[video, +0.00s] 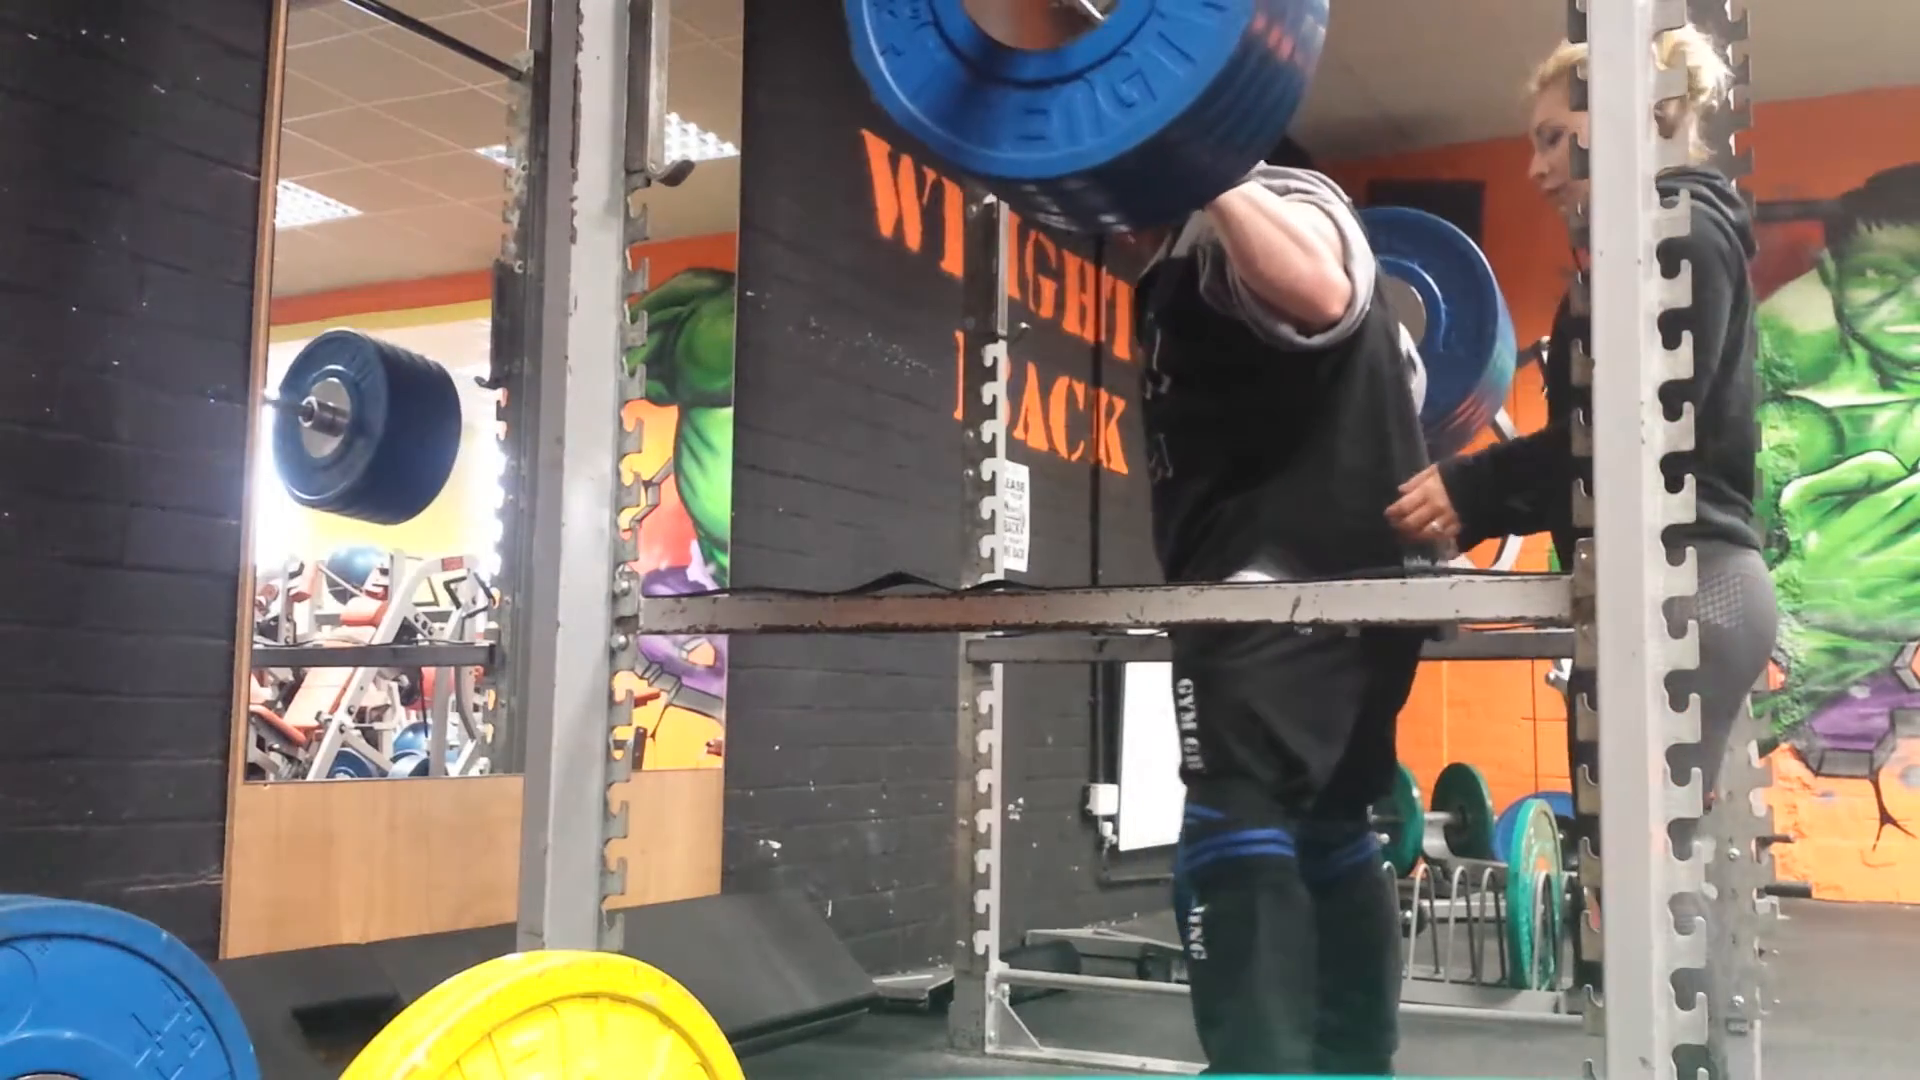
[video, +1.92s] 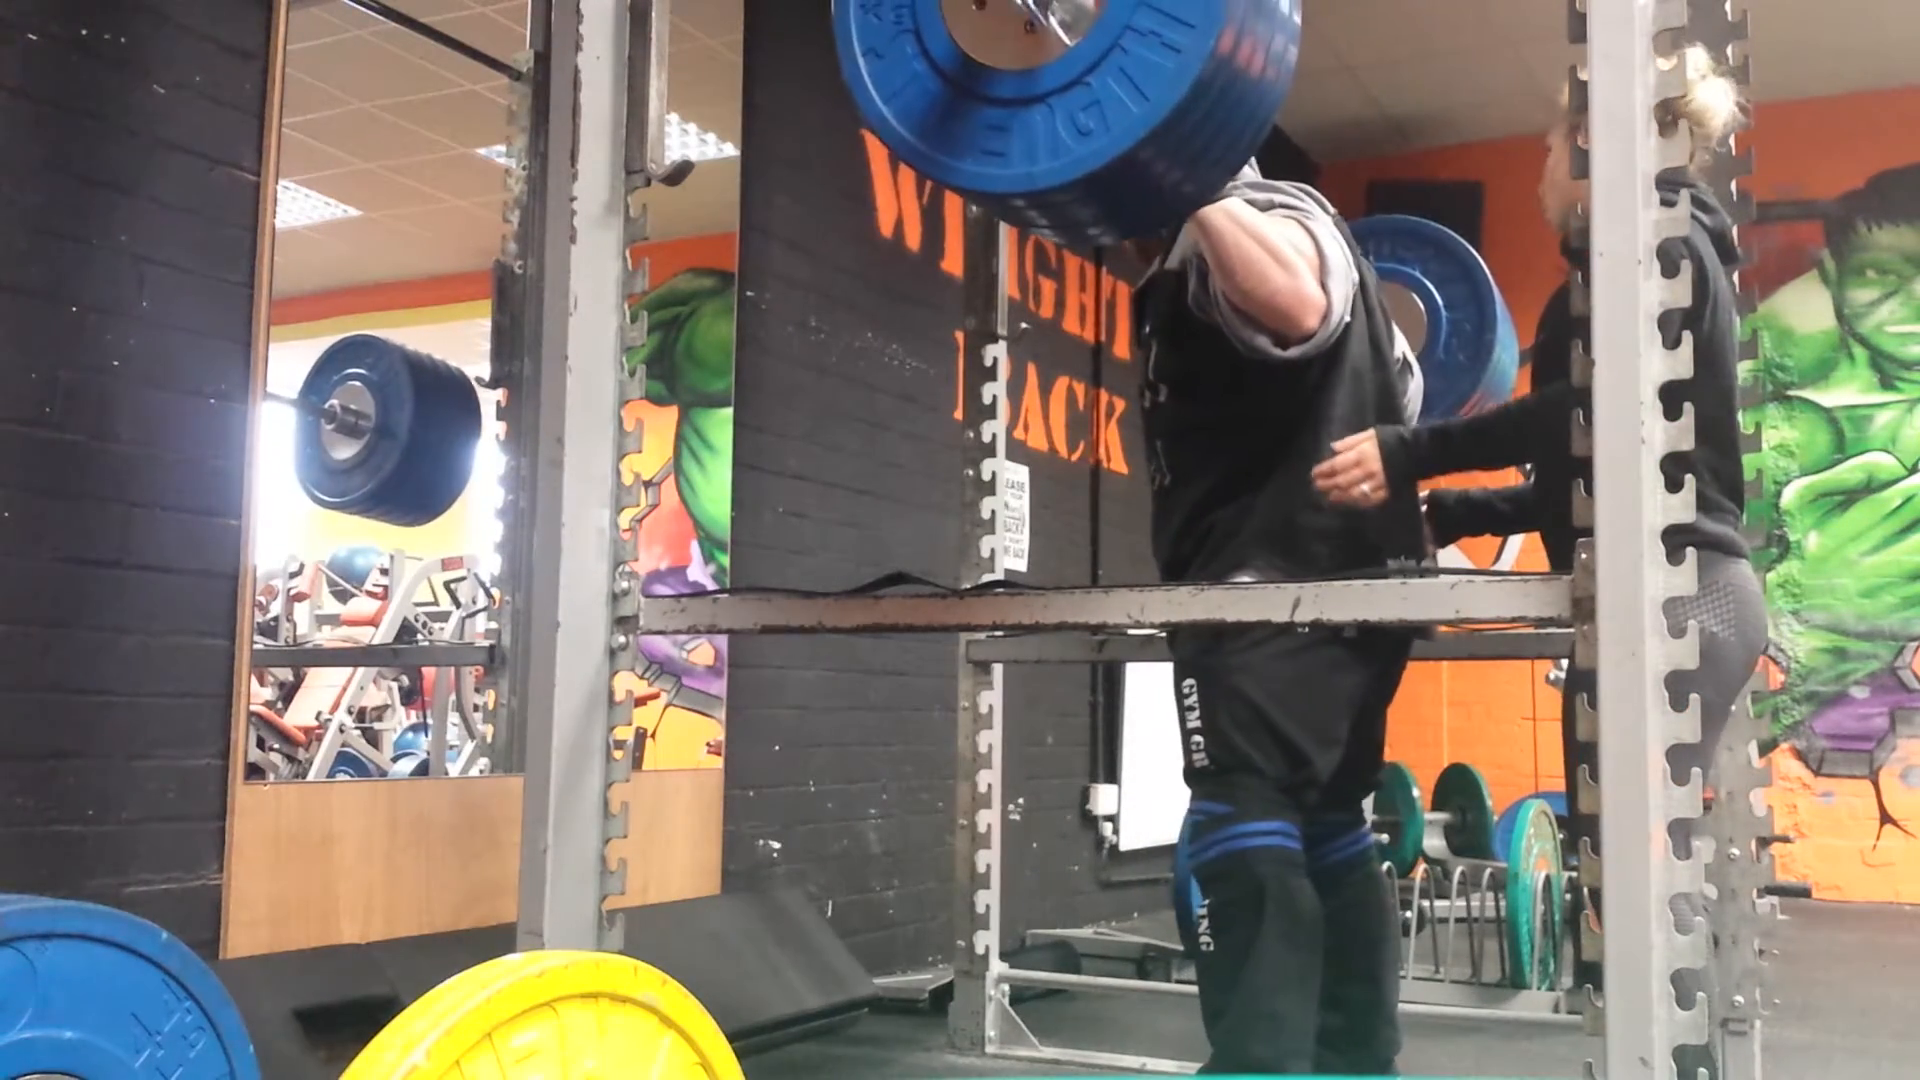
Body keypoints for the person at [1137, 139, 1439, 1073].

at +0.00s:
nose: (1087, 232)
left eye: (1094, 204)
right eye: (1074, 213)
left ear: (1157, 165)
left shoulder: (1283, 196)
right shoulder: (1193, 249)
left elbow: (1319, 290)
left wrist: (1205, 172)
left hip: (1297, 586)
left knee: (1236, 833)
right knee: (1335, 835)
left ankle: (1259, 1065)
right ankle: (1352, 1064)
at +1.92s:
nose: (1102, 251)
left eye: (1103, 226)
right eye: (1090, 234)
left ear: (1156, 183)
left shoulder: (1263, 210)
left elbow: (1295, 302)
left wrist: (1190, 193)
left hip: (1281, 584)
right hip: (1352, 585)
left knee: (1245, 821)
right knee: (1329, 822)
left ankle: (1259, 1062)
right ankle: (1355, 1059)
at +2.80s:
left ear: (1166, 148)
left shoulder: (1251, 223)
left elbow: (1260, 325)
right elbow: (1379, 306)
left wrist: (1170, 193)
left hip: (1290, 595)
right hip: (1340, 591)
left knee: (1227, 820)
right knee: (1312, 820)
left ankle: (1251, 1062)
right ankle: (1349, 1059)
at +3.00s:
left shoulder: (1268, 275)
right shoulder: (1157, 312)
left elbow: (1283, 380)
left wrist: (1173, 266)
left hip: (1326, 616)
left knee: (1189, 829)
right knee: (1282, 833)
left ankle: (1240, 1069)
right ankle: (1351, 1064)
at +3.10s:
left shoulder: (1270, 309)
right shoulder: (1151, 348)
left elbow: (1290, 422)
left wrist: (1177, 310)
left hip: (1340, 653)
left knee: (1173, 839)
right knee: (1274, 843)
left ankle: (1237, 1069)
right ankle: (1350, 1065)